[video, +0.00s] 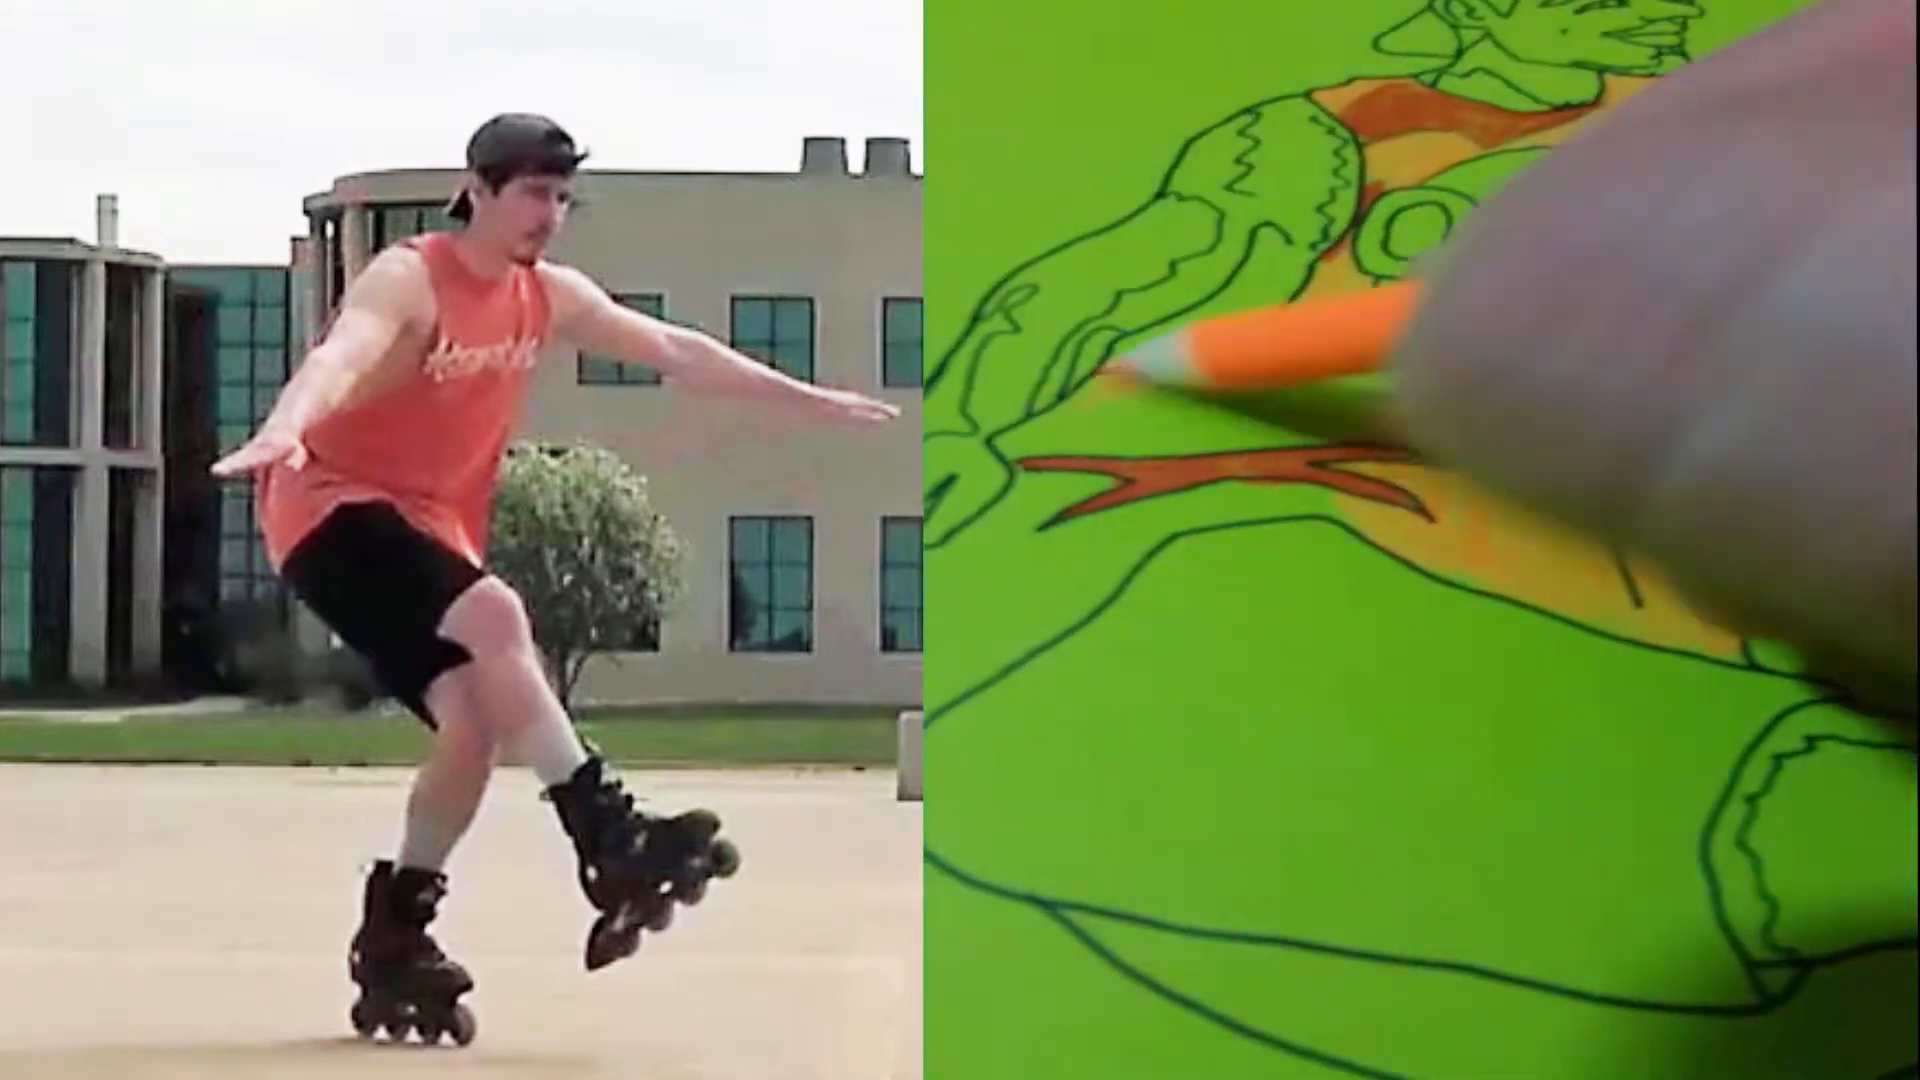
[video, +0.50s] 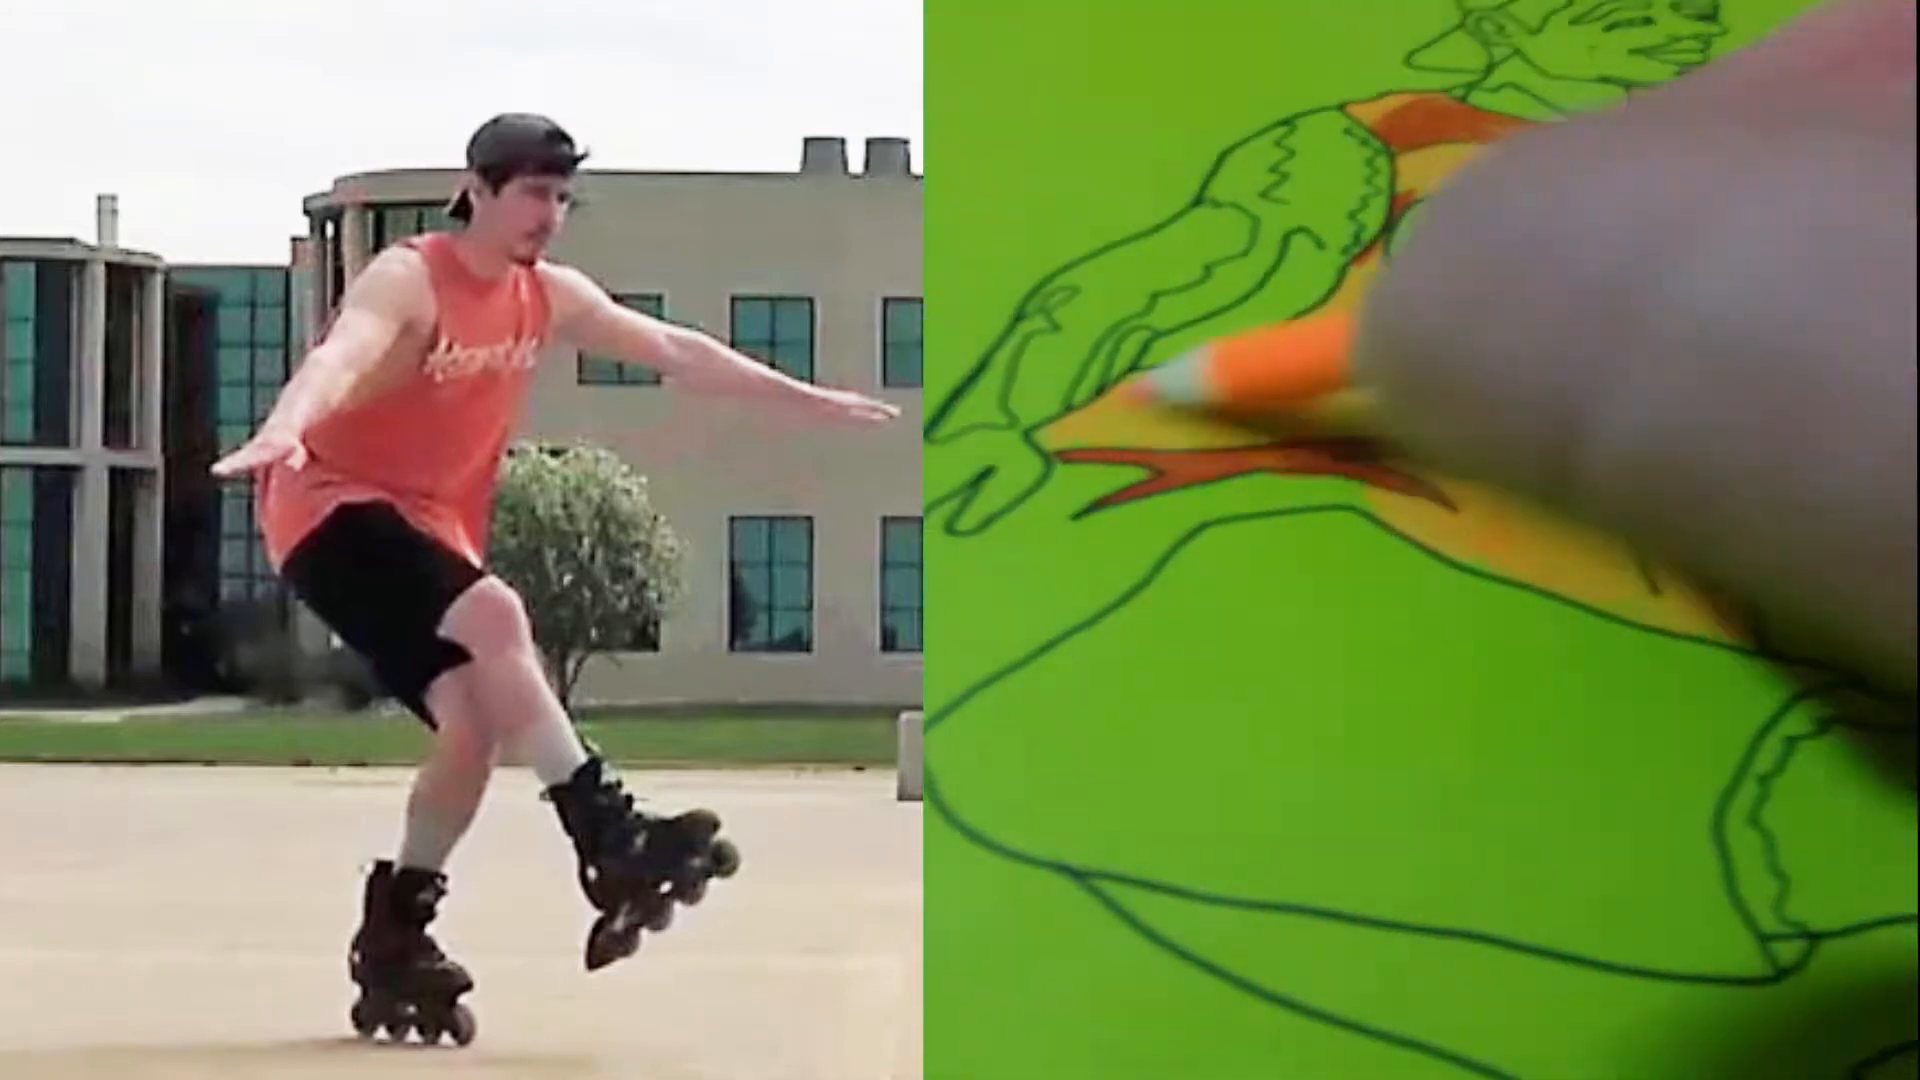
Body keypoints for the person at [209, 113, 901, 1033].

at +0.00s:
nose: (551, 214)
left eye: (561, 198)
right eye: (535, 195)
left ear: (563, 203)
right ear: (476, 191)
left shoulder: (552, 293)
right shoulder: (409, 274)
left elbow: (676, 351)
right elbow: (342, 355)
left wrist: (812, 400)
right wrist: (283, 428)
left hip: (437, 530)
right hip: (335, 506)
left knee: (477, 724)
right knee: (492, 616)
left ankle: (393, 938)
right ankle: (610, 840)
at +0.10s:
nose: (551, 215)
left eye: (561, 199)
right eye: (535, 195)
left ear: (563, 203)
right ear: (475, 191)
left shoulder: (552, 293)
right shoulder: (409, 274)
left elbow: (675, 350)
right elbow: (342, 355)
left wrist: (812, 400)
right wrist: (283, 429)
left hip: (437, 530)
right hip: (334, 506)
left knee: (477, 725)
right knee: (492, 616)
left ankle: (393, 938)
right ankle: (610, 840)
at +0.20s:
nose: (551, 215)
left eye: (561, 199)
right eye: (535, 195)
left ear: (563, 204)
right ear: (476, 191)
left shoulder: (552, 293)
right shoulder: (408, 274)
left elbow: (675, 350)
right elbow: (341, 356)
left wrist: (811, 399)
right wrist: (282, 429)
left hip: (437, 531)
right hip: (334, 506)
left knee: (477, 727)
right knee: (492, 616)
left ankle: (393, 937)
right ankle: (610, 840)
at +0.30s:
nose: (551, 214)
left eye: (561, 198)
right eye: (535, 195)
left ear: (563, 203)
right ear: (476, 191)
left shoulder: (551, 293)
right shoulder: (409, 274)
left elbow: (675, 350)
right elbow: (342, 355)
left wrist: (812, 400)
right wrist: (283, 429)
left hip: (436, 530)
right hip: (334, 505)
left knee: (477, 726)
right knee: (492, 616)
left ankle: (393, 936)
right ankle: (610, 840)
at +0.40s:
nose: (551, 215)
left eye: (561, 199)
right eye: (535, 195)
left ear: (563, 203)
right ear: (475, 191)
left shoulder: (551, 293)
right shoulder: (408, 274)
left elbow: (674, 350)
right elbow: (342, 356)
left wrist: (810, 399)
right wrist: (283, 428)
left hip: (436, 530)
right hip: (334, 504)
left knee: (477, 725)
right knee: (492, 616)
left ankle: (393, 935)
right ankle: (610, 841)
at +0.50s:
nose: (551, 214)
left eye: (561, 198)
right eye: (534, 195)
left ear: (563, 203)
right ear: (476, 191)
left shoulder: (552, 293)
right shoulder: (409, 274)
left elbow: (676, 351)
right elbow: (342, 354)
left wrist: (812, 400)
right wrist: (283, 428)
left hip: (437, 530)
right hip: (335, 506)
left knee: (477, 724)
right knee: (492, 616)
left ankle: (393, 937)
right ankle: (610, 840)